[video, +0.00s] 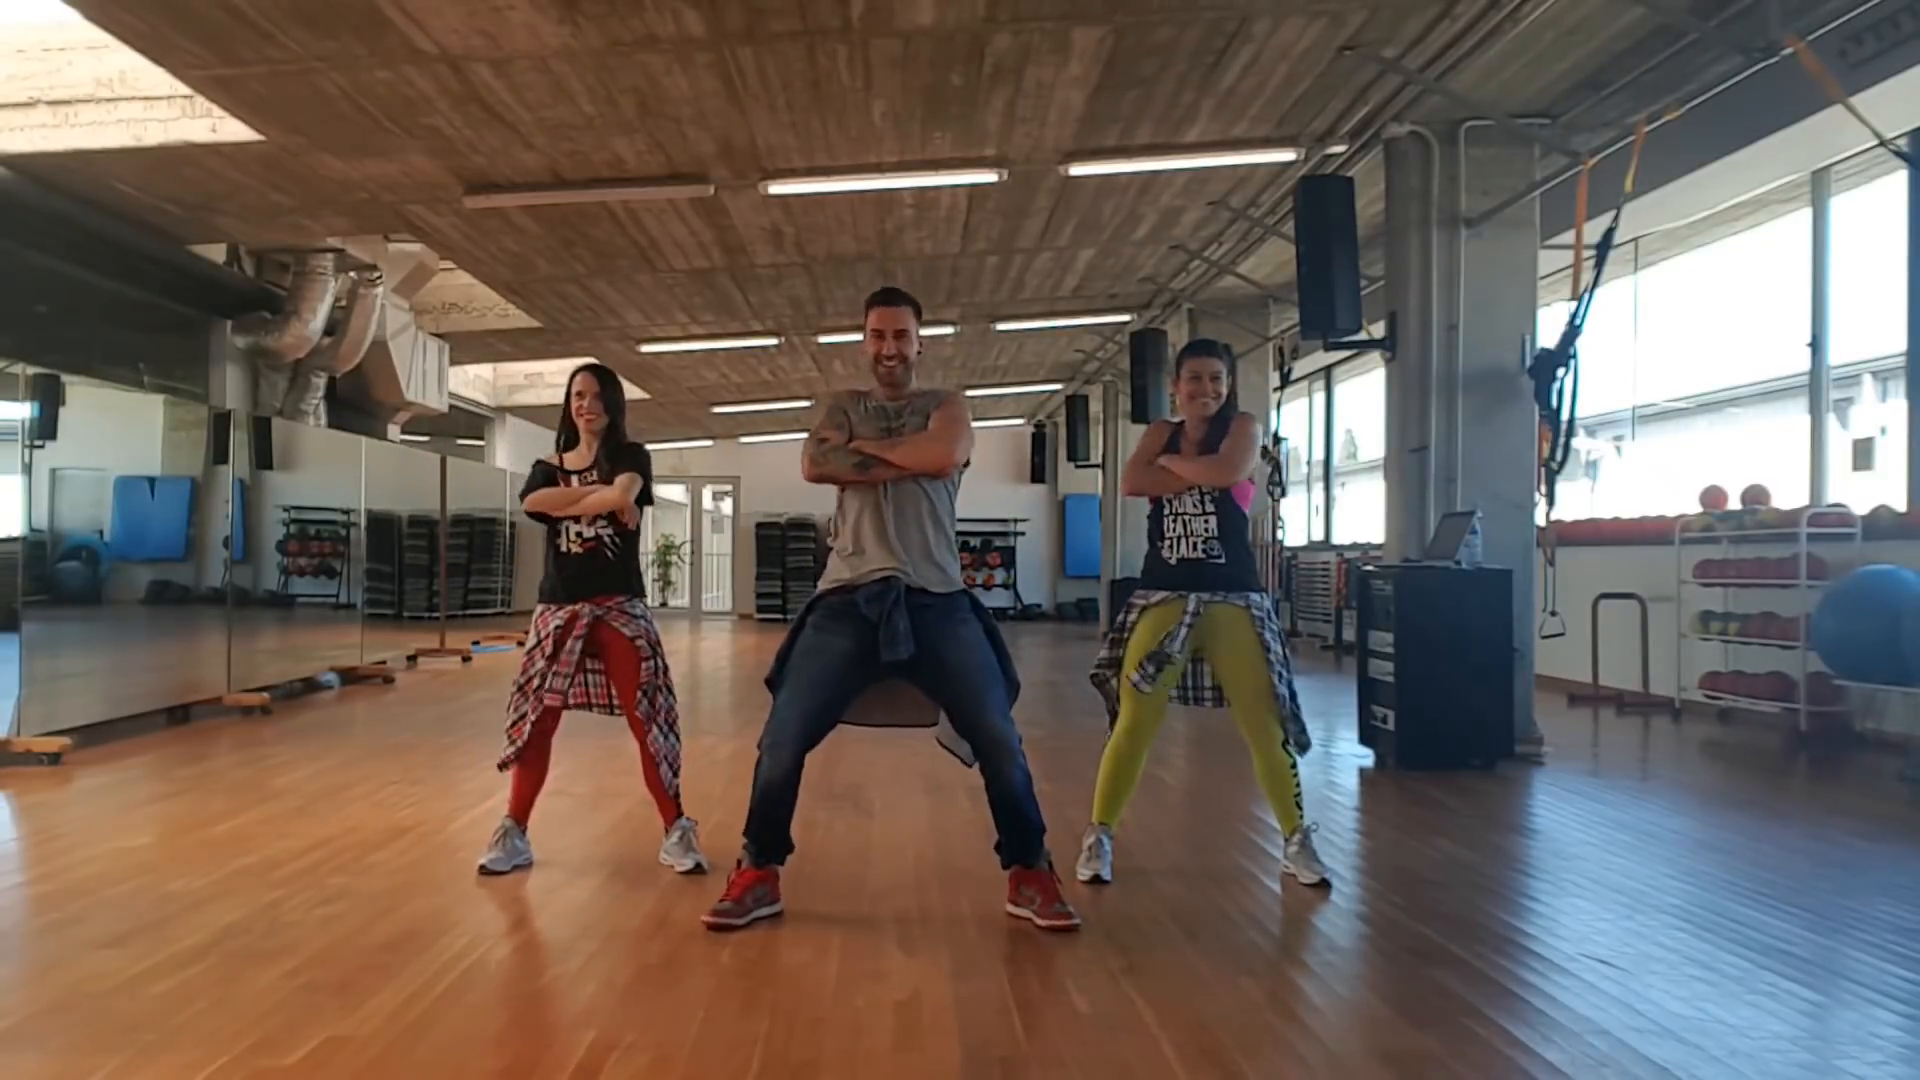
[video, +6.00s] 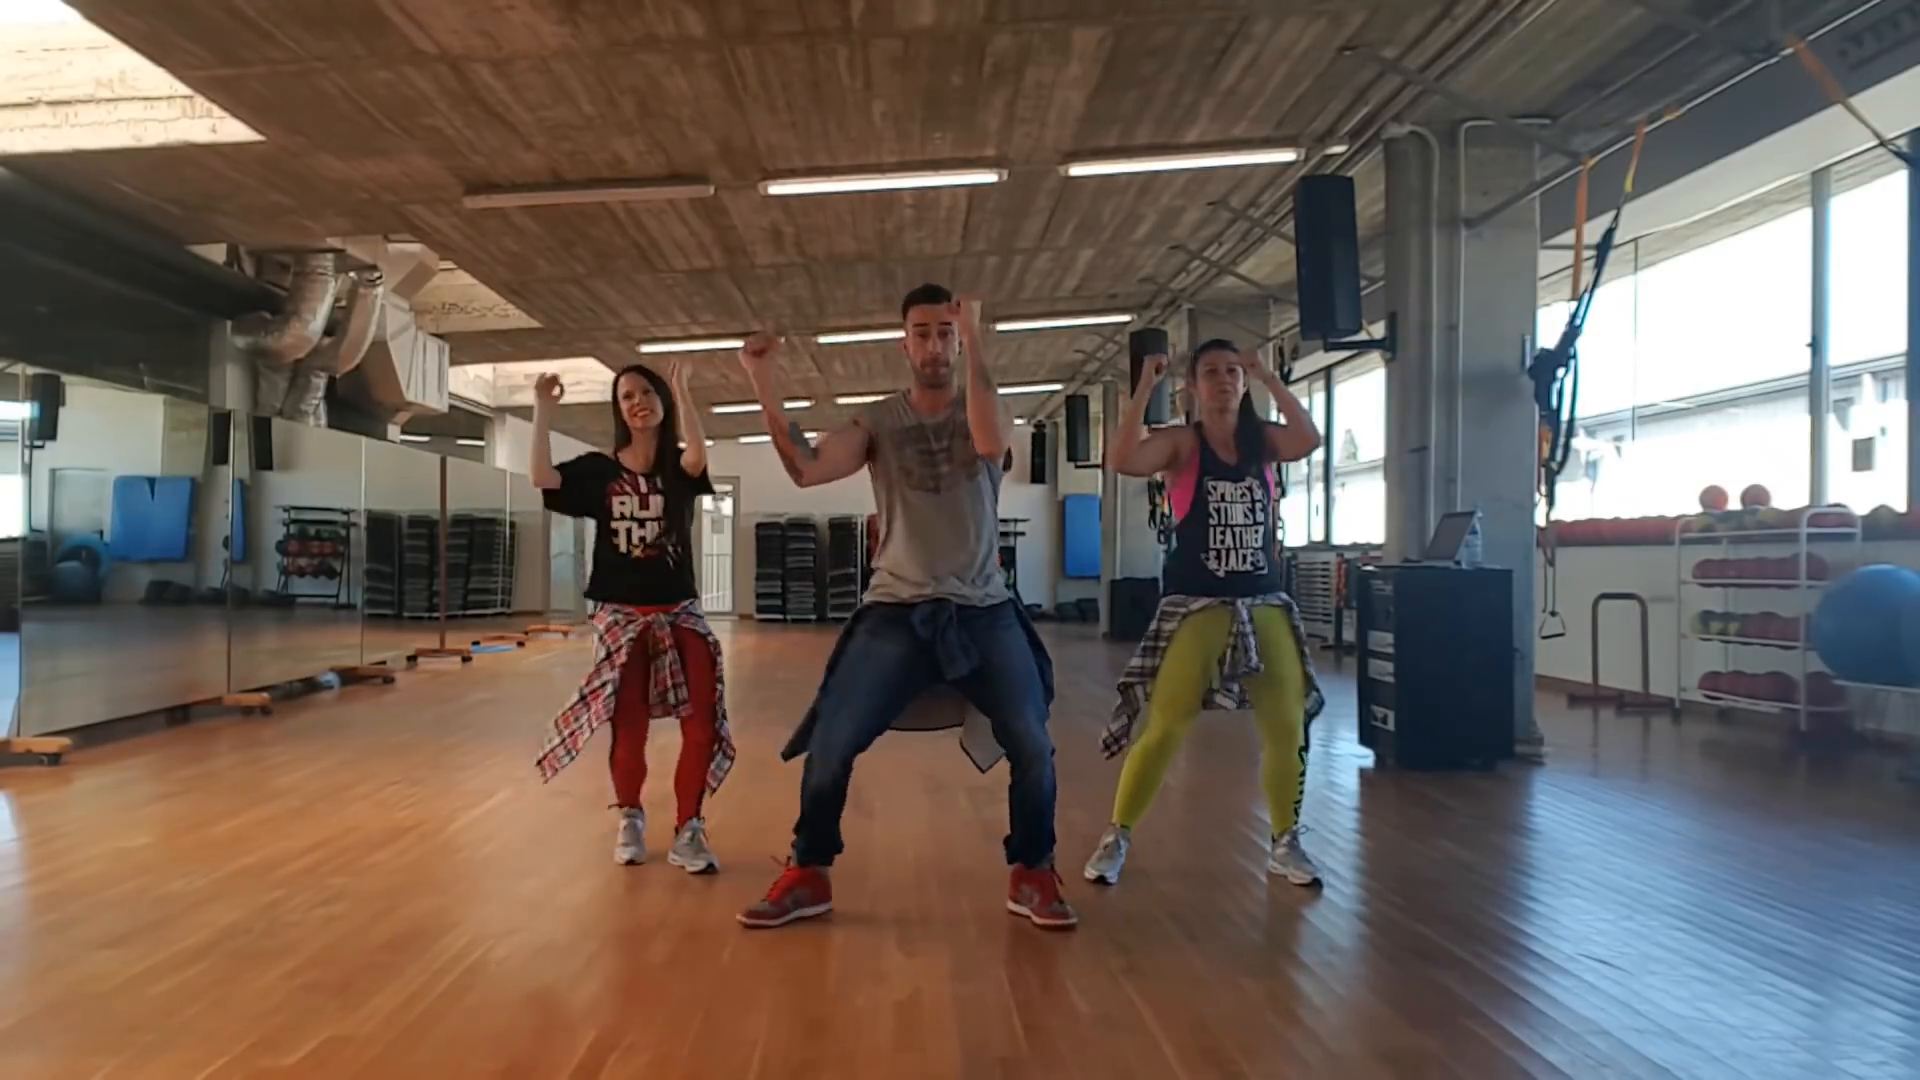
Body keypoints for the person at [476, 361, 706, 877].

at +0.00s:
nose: (586, 404)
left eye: (595, 397)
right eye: (578, 396)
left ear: (612, 404)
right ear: (568, 405)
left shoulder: (631, 455)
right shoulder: (550, 463)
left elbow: (619, 498)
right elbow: (532, 502)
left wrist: (561, 505)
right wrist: (601, 494)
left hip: (618, 602)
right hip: (558, 606)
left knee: (645, 713)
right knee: (539, 715)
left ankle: (676, 829)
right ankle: (514, 832)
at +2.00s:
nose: (606, 394)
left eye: (616, 388)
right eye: (599, 387)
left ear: (633, 400)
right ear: (588, 399)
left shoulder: (652, 455)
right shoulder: (568, 453)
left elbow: (643, 479)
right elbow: (557, 480)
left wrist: (587, 485)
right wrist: (628, 475)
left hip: (637, 602)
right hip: (575, 602)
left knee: (664, 719)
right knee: (533, 712)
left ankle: (686, 831)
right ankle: (526, 835)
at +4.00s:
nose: (619, 402)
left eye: (628, 393)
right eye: (613, 394)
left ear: (648, 401)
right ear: (604, 401)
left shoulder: (663, 462)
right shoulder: (583, 452)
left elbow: (662, 485)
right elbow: (569, 481)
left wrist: (597, 483)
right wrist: (639, 478)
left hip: (639, 603)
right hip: (578, 600)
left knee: (659, 719)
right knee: (548, 713)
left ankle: (686, 831)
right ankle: (520, 834)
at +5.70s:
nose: (609, 391)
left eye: (618, 383)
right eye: (600, 386)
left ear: (637, 396)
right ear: (590, 400)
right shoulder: (569, 458)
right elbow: (515, 494)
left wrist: (618, 545)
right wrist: (567, 499)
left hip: (641, 606)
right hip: (578, 607)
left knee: (670, 724)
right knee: (540, 716)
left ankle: (686, 833)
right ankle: (518, 834)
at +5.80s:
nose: (620, 389)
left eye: (628, 381)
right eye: (611, 384)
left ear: (648, 390)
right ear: (601, 397)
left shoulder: (665, 449)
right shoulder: (577, 450)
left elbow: (695, 464)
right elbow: (513, 452)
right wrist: (501, 452)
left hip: (659, 600)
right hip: (596, 601)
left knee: (676, 722)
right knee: (559, 714)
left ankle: (687, 832)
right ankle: (527, 831)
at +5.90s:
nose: (630, 392)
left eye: (638, 383)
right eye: (620, 387)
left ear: (656, 391)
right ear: (611, 400)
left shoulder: (677, 451)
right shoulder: (591, 454)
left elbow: (715, 438)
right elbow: (525, 450)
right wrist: (492, 398)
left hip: (673, 600)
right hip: (613, 598)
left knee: (686, 719)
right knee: (588, 709)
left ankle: (687, 831)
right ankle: (584, 812)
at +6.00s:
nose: (638, 403)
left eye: (646, 394)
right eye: (628, 397)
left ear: (664, 403)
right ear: (618, 409)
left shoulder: (679, 467)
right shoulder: (599, 469)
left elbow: (696, 458)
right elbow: (542, 477)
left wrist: (680, 392)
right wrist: (543, 411)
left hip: (681, 611)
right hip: (622, 614)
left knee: (701, 724)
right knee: (629, 722)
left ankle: (689, 830)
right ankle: (630, 820)